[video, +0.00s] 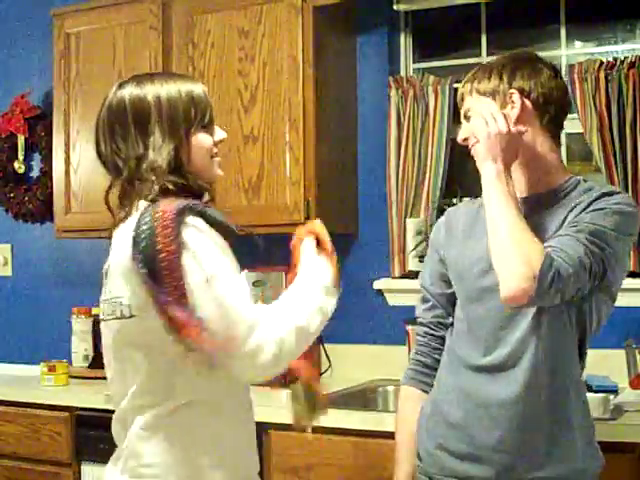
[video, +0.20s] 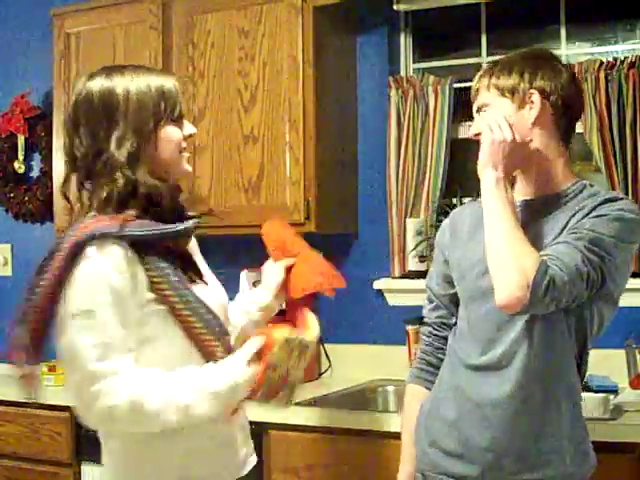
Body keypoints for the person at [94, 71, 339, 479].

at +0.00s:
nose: (220, 136)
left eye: (212, 124)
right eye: (204, 126)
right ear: (164, 139)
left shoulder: (130, 234)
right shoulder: (181, 230)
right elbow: (253, 351)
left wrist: (272, 369)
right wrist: (317, 276)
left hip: (144, 462)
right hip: (197, 466)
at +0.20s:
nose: (191, 131)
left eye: (183, 118)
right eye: (173, 120)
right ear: (128, 136)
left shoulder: (174, 235)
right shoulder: (101, 259)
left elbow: (207, 343)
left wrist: (263, 298)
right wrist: (240, 375)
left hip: (229, 465)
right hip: (157, 474)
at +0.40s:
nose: (172, 133)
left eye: (165, 120)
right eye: (152, 122)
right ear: (99, 143)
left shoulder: (180, 238)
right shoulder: (57, 264)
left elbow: (205, 355)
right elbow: (31, 404)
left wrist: (292, 313)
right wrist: (148, 461)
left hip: (198, 466)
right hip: (109, 473)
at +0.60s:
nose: (158, 151)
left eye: (151, 138)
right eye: (139, 139)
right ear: (83, 153)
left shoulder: (157, 262)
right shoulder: (15, 279)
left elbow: (145, 395)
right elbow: (2, 424)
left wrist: (222, 403)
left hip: (143, 471)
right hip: (49, 471)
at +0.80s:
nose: (134, 164)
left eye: (129, 148)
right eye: (114, 150)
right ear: (55, 162)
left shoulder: (134, 259)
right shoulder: (9, 265)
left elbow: (132, 376)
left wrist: (160, 420)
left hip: (114, 471)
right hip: (22, 471)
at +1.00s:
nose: (123, 156)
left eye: (116, 143)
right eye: (104, 145)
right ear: (45, 160)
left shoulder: (127, 254)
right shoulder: (7, 260)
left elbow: (132, 372)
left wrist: (170, 414)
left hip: (114, 470)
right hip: (24, 471)